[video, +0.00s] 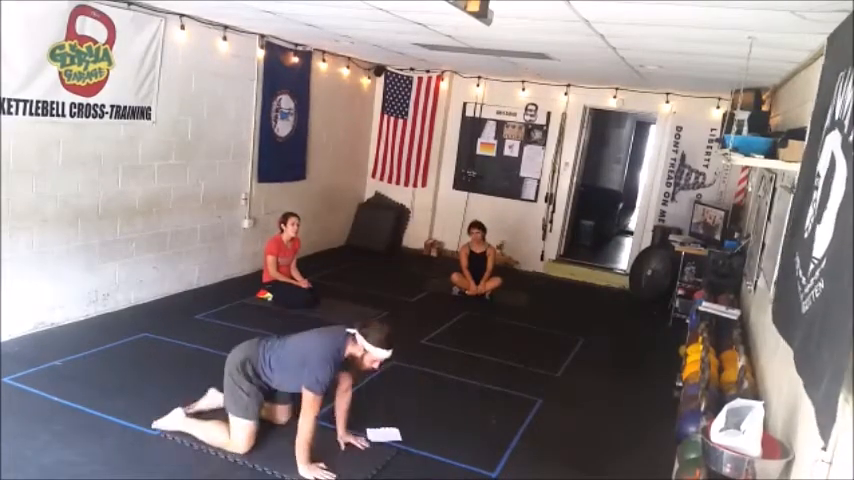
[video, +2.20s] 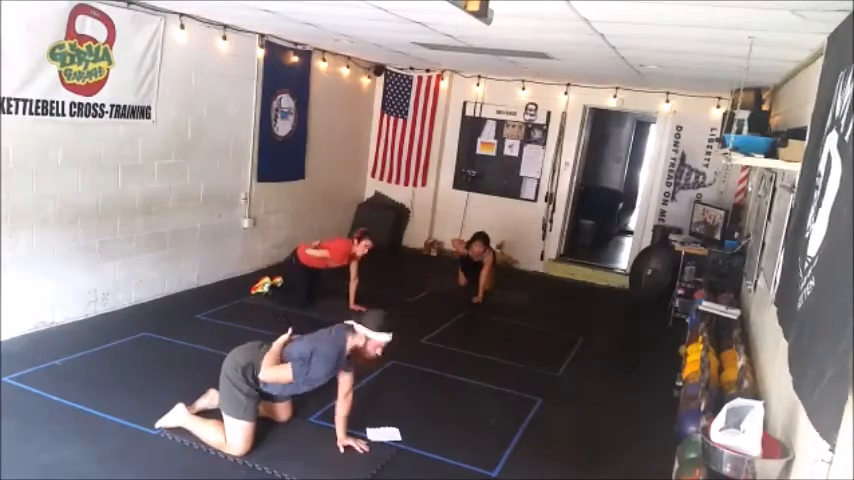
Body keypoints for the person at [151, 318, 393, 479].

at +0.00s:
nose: (378, 364)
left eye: (383, 360)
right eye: (376, 359)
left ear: (361, 342)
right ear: (359, 347)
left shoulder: (350, 340)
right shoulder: (323, 363)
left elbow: (343, 388)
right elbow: (307, 415)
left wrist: (342, 432)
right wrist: (304, 464)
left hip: (271, 356)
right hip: (245, 364)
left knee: (281, 414)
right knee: (240, 442)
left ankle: (221, 400)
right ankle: (179, 421)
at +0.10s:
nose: (379, 368)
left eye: (383, 364)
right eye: (377, 362)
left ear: (363, 346)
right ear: (360, 349)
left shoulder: (354, 345)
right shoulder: (322, 360)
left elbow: (343, 391)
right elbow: (303, 415)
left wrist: (336, 433)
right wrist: (301, 462)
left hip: (271, 358)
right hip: (244, 366)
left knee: (281, 414)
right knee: (238, 445)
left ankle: (220, 402)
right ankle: (181, 420)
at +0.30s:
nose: (374, 358)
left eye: (378, 353)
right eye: (372, 352)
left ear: (360, 339)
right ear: (357, 342)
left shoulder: (347, 345)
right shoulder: (314, 356)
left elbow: (343, 393)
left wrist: (339, 435)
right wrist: (288, 345)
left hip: (271, 365)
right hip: (242, 368)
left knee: (281, 415)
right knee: (239, 445)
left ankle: (219, 401)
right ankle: (184, 417)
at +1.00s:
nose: (374, 330)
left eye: (374, 323)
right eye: (371, 323)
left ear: (353, 322)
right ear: (354, 323)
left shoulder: (345, 348)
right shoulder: (320, 354)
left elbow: (344, 393)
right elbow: (260, 365)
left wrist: (343, 437)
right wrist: (282, 344)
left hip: (266, 358)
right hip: (241, 368)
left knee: (281, 410)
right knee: (237, 446)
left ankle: (217, 402)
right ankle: (180, 419)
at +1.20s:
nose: (375, 345)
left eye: (378, 340)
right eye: (375, 339)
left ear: (359, 327)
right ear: (360, 330)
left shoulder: (342, 344)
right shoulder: (318, 350)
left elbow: (343, 392)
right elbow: (258, 362)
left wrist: (341, 436)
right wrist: (277, 343)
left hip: (265, 366)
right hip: (240, 369)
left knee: (281, 412)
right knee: (237, 445)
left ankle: (216, 402)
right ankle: (180, 420)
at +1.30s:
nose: (365, 363)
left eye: (370, 361)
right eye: (367, 358)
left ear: (362, 338)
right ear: (361, 344)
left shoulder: (345, 339)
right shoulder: (316, 351)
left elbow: (343, 392)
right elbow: (257, 360)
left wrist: (341, 435)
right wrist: (277, 342)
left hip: (269, 367)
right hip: (241, 370)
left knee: (281, 412)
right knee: (238, 445)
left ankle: (217, 401)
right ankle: (181, 420)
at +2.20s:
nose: (381, 349)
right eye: (379, 343)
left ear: (363, 332)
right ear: (364, 336)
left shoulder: (347, 339)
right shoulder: (323, 360)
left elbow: (345, 393)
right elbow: (265, 374)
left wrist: (342, 435)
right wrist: (279, 343)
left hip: (266, 355)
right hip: (242, 369)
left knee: (282, 412)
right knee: (237, 446)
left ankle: (219, 400)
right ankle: (183, 417)